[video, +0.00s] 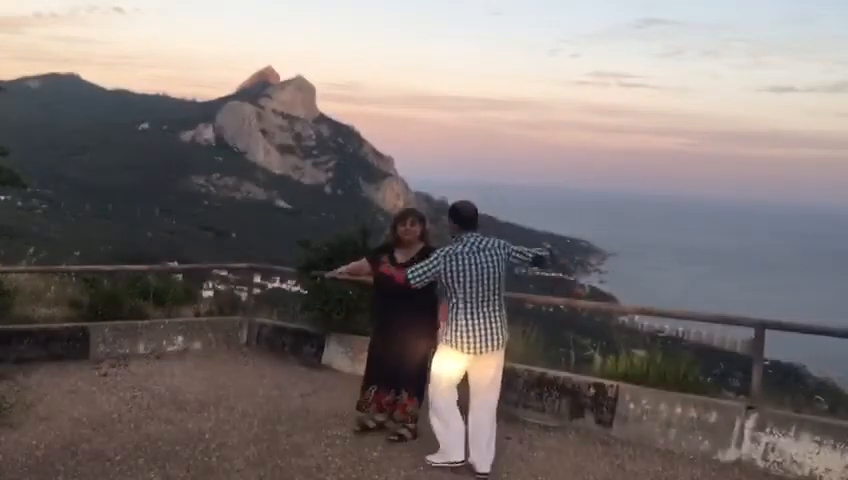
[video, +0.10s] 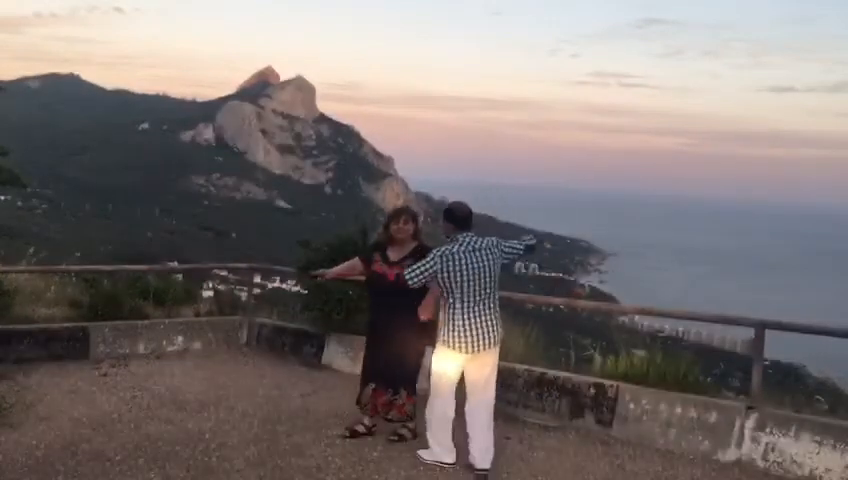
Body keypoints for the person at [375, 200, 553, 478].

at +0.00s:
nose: (449, 226)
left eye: (449, 222)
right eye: (451, 221)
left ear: (452, 224)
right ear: (476, 222)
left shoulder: (446, 254)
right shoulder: (498, 246)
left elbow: (410, 278)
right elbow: (534, 258)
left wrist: (385, 268)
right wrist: (545, 257)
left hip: (457, 337)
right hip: (493, 336)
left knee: (441, 391)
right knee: (484, 400)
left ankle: (452, 452)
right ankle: (482, 462)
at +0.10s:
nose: (442, 227)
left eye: (443, 223)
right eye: (444, 223)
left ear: (446, 225)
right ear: (471, 223)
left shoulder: (442, 254)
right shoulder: (493, 246)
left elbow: (409, 278)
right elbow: (526, 245)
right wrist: (532, 239)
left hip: (452, 333)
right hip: (488, 332)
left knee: (441, 394)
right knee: (481, 397)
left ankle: (441, 452)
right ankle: (482, 460)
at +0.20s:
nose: (436, 227)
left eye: (437, 223)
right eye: (437, 222)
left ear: (443, 224)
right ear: (465, 223)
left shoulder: (438, 252)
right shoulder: (487, 245)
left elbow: (406, 277)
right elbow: (514, 245)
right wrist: (524, 236)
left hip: (447, 333)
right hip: (480, 330)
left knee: (441, 395)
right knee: (475, 392)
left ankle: (442, 451)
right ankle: (479, 450)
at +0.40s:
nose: (430, 227)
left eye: (431, 223)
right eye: (431, 222)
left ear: (436, 224)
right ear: (457, 223)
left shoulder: (433, 250)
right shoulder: (477, 247)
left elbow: (397, 266)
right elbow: (505, 261)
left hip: (438, 333)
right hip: (470, 332)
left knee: (434, 392)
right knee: (457, 385)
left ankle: (441, 452)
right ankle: (466, 439)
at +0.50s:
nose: (427, 227)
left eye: (428, 222)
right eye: (428, 222)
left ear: (435, 223)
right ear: (452, 222)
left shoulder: (432, 247)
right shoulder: (472, 247)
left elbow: (395, 260)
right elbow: (496, 267)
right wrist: (480, 263)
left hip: (437, 332)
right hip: (466, 331)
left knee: (431, 390)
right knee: (450, 385)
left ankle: (440, 450)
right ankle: (454, 441)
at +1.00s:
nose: (411, 228)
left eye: (413, 222)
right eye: (411, 222)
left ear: (425, 223)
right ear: (432, 223)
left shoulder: (433, 245)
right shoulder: (447, 244)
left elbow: (417, 277)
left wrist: (400, 273)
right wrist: (405, 274)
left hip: (429, 327)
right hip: (444, 325)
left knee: (403, 380)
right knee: (437, 384)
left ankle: (422, 432)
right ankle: (443, 438)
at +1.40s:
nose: (393, 226)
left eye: (396, 220)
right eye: (393, 220)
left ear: (409, 221)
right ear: (408, 222)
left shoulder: (423, 244)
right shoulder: (409, 246)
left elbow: (415, 270)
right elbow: (389, 264)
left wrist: (395, 266)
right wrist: (385, 244)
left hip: (416, 328)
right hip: (400, 326)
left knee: (400, 381)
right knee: (388, 375)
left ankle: (404, 436)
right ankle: (422, 417)